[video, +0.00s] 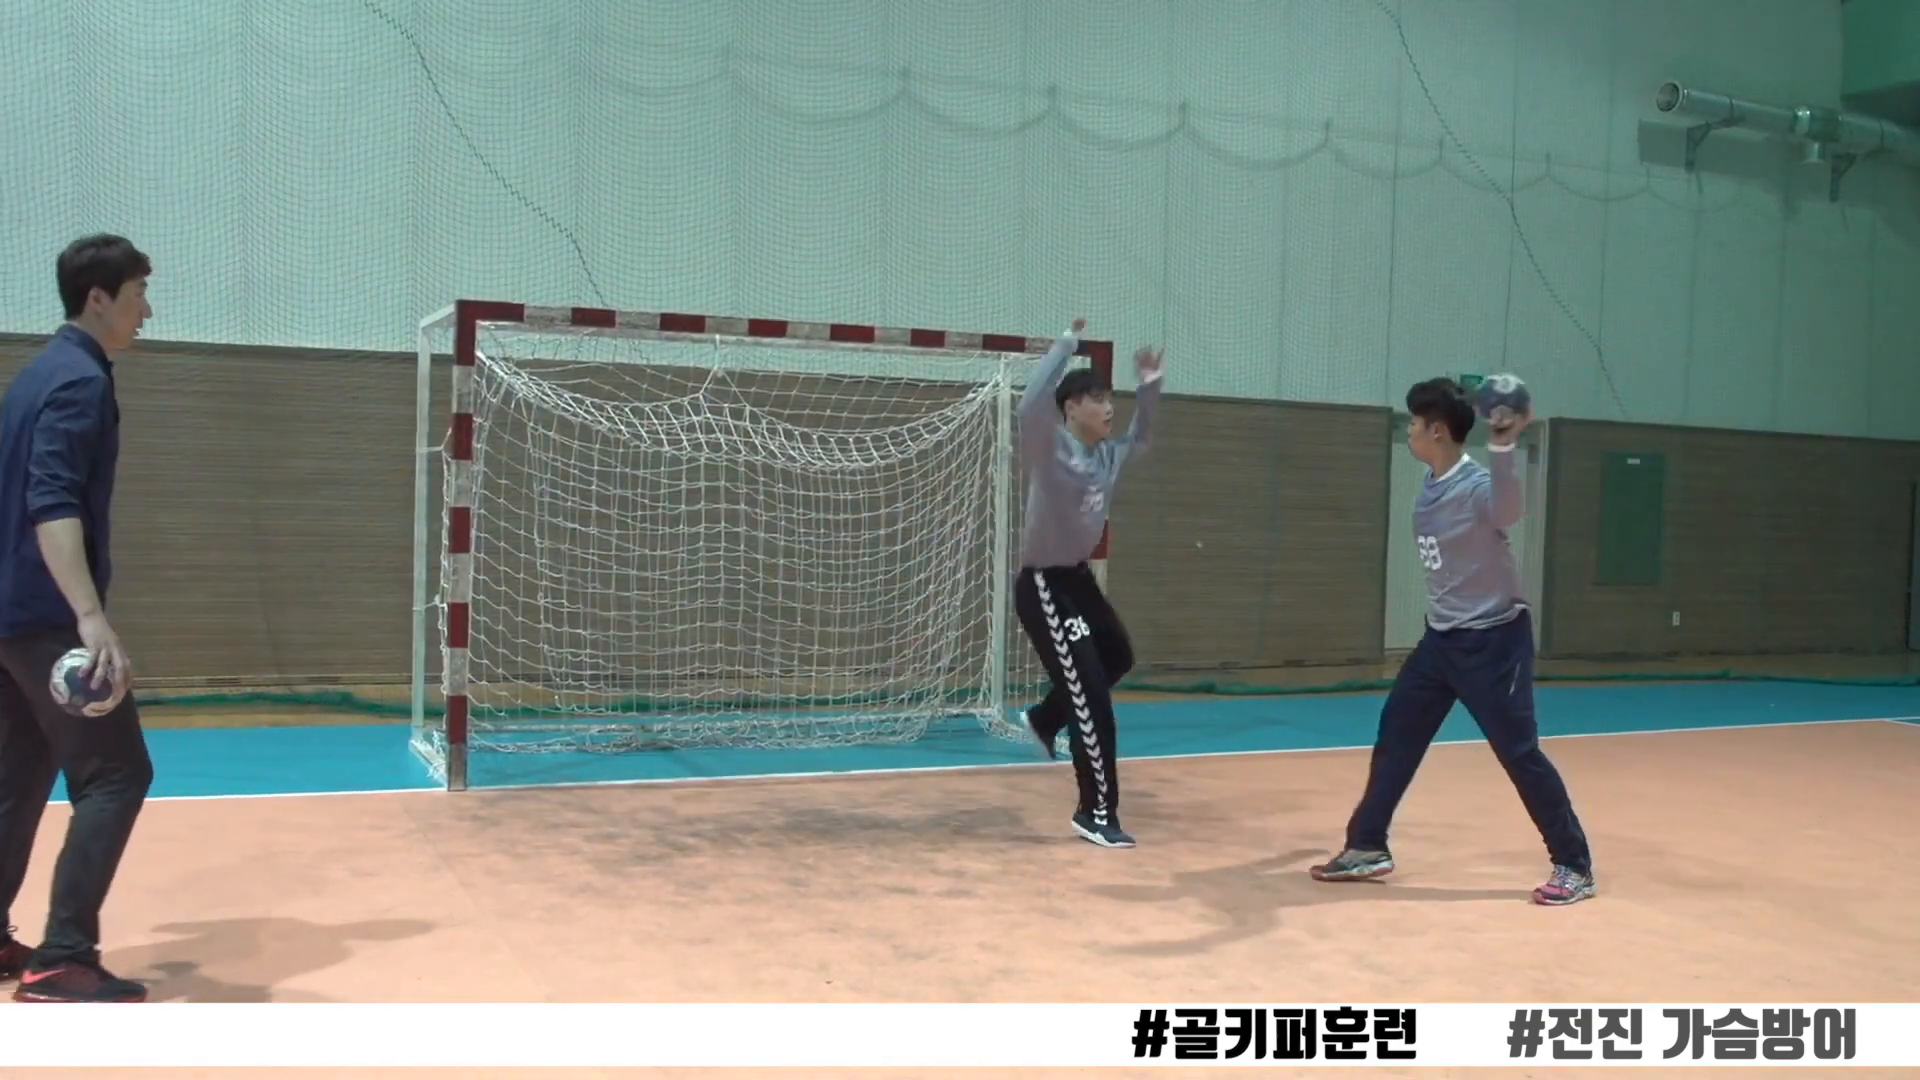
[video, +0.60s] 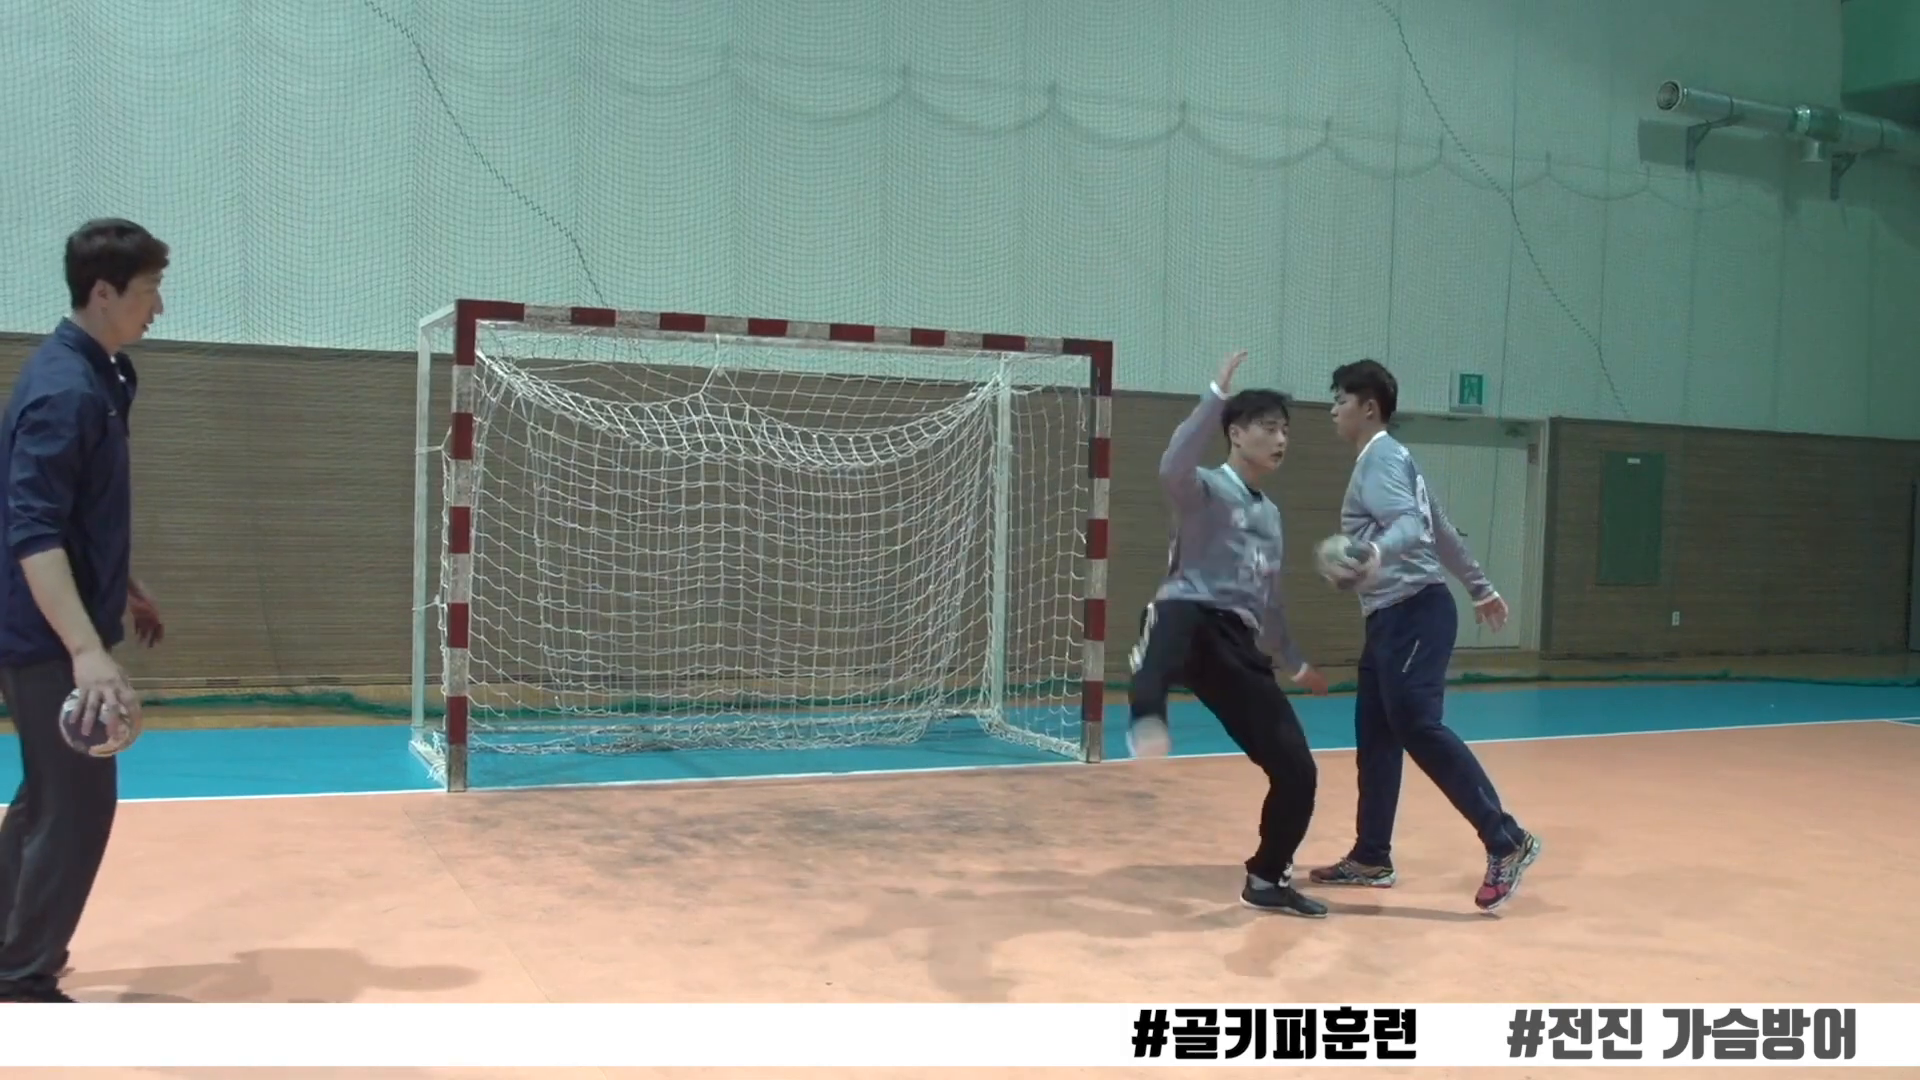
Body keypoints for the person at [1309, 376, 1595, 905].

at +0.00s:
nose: (1409, 434)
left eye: (1414, 426)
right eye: (1410, 425)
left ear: (1438, 433)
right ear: (1438, 431)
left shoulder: (1478, 484)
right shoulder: (1432, 486)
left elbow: (1509, 514)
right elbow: (1451, 554)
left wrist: (1503, 447)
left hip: (1494, 638)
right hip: (1441, 639)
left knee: (1520, 754)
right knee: (1397, 736)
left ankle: (1574, 867)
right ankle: (1367, 847)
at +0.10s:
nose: (1391, 424)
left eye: (1404, 415)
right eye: (1387, 415)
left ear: (1429, 424)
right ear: (1385, 423)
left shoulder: (1443, 477)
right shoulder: (1405, 475)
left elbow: (1428, 515)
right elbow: (1426, 549)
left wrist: (1397, 462)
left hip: (1467, 637)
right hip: (1418, 639)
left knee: (1494, 753)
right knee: (1379, 736)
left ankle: (1565, 858)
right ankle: (1371, 855)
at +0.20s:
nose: (1359, 418)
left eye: (1366, 409)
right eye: (1362, 409)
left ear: (1390, 415)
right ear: (1393, 416)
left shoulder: (1410, 470)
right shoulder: (1396, 468)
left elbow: (1341, 496)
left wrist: (1286, 446)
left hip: (1452, 625)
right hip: (1408, 629)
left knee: (1483, 742)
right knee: (1380, 734)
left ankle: (1561, 848)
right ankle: (1371, 855)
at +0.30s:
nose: (1346, 413)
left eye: (1354, 404)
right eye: (1349, 403)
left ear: (1380, 409)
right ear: (1383, 411)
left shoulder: (1380, 465)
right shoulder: (1404, 463)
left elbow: (1301, 483)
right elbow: (1449, 533)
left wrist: (1221, 455)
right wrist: (1476, 587)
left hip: (1436, 615)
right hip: (1403, 621)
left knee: (1473, 734)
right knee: (1383, 740)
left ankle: (1556, 840)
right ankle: (1371, 856)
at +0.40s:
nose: (1336, 410)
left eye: (1344, 400)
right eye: (1339, 400)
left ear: (1370, 406)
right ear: (1377, 409)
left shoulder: (1370, 463)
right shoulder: (1406, 464)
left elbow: (1305, 506)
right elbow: (1448, 532)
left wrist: (1234, 480)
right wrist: (1483, 584)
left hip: (1421, 612)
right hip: (1400, 616)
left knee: (1458, 731)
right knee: (1381, 737)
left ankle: (1543, 837)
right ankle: (1371, 856)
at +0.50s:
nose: (1333, 408)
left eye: (1342, 399)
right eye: (1335, 399)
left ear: (1370, 406)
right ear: (1373, 409)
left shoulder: (1373, 457)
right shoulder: (1403, 463)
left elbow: (1359, 520)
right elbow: (1446, 528)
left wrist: (1296, 520)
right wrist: (1486, 581)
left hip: (1419, 607)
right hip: (1392, 614)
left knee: (1437, 726)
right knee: (1379, 733)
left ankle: (1523, 840)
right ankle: (1370, 856)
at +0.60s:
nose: (1333, 411)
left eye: (1340, 402)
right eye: (1334, 401)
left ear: (1367, 406)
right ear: (1369, 408)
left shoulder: (1379, 457)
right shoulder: (1393, 459)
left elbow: (1410, 525)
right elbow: (1438, 529)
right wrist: (1480, 587)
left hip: (1415, 611)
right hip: (1393, 615)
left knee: (1416, 725)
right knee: (1376, 732)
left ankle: (1507, 841)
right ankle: (1371, 857)